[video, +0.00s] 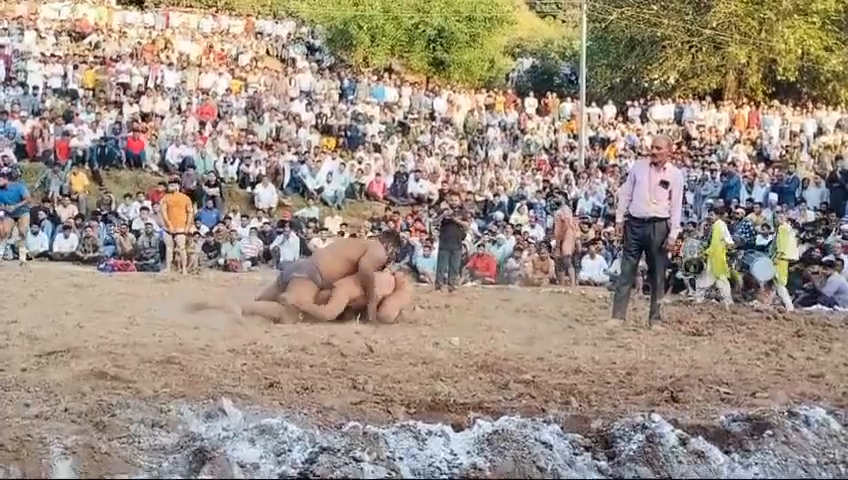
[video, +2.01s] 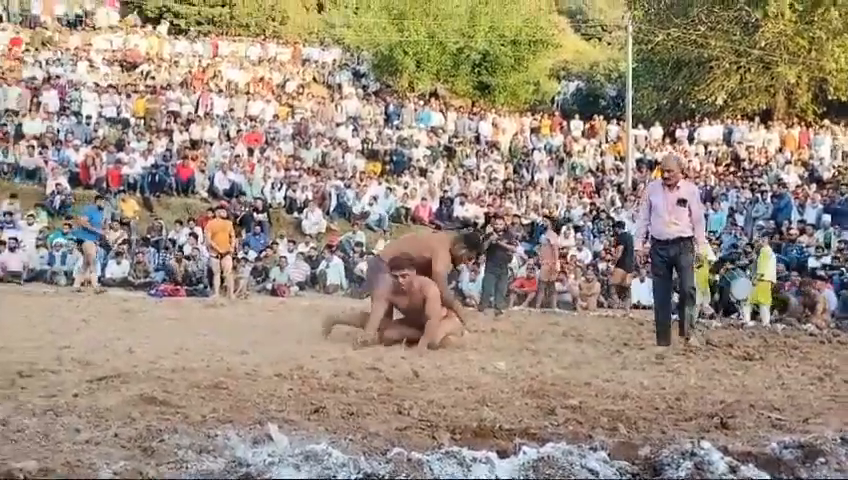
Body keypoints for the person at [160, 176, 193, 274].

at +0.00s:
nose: (172, 187)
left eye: (174, 185)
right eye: (170, 185)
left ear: (178, 186)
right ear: (168, 186)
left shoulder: (185, 198)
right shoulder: (165, 198)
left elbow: (190, 213)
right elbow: (163, 212)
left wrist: (187, 226)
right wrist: (168, 224)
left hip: (181, 227)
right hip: (168, 227)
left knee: (181, 249)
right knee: (169, 248)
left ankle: (184, 268)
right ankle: (168, 267)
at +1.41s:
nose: (183, 187)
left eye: (184, 185)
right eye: (180, 185)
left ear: (186, 186)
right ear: (176, 186)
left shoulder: (191, 198)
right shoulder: (172, 198)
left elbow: (195, 213)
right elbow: (172, 213)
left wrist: (195, 225)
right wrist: (180, 225)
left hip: (188, 228)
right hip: (176, 228)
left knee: (190, 249)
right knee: (177, 249)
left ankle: (191, 269)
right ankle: (176, 268)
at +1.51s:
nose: (191, 190)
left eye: (192, 188)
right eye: (188, 188)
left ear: (194, 189)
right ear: (184, 190)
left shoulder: (199, 202)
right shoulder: (180, 202)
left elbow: (203, 216)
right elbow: (179, 217)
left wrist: (202, 228)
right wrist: (188, 228)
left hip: (196, 231)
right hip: (184, 231)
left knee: (197, 252)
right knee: (185, 252)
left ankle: (199, 271)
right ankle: (185, 271)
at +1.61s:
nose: (204, 196)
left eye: (205, 194)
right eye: (201, 194)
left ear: (208, 195)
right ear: (198, 195)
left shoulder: (211, 207)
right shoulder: (193, 207)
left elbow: (215, 221)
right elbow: (192, 222)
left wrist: (215, 233)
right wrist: (200, 233)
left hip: (209, 236)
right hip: (197, 236)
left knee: (210, 257)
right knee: (198, 256)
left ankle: (212, 276)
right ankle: (198, 276)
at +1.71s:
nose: (218, 202)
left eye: (219, 199)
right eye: (215, 199)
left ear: (221, 201)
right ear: (211, 201)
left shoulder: (225, 213)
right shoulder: (207, 212)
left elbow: (229, 227)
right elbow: (206, 227)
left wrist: (229, 238)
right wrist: (214, 238)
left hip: (223, 241)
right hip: (211, 241)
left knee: (224, 262)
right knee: (212, 262)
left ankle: (226, 282)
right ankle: (212, 281)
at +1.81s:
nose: (231, 206)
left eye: (232, 204)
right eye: (229, 204)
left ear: (234, 205)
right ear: (224, 206)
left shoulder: (237, 217)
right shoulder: (219, 217)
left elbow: (241, 230)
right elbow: (218, 233)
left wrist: (240, 242)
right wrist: (227, 243)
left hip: (235, 246)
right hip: (223, 246)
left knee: (236, 268)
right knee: (224, 268)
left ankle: (238, 287)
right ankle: (224, 287)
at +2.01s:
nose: (223, 212)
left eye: (224, 210)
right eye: (221, 210)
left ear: (226, 212)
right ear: (216, 212)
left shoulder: (229, 223)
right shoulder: (210, 224)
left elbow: (232, 236)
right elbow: (208, 239)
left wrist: (232, 247)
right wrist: (217, 249)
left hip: (227, 252)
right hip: (214, 252)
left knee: (228, 273)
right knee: (216, 274)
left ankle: (230, 294)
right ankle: (216, 293)